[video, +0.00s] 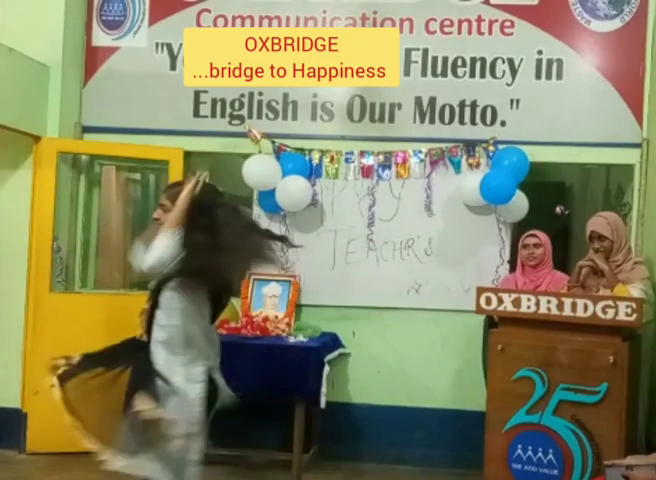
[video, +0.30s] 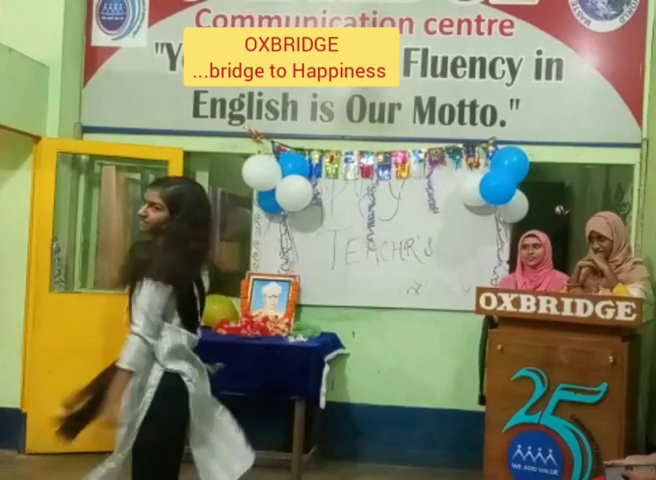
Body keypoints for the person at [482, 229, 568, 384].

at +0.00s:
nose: (530, 252)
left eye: (536, 246)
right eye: (525, 247)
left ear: (547, 250)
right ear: (519, 252)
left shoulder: (561, 281)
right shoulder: (508, 281)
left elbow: (566, 317)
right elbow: (496, 315)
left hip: (549, 347)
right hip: (512, 346)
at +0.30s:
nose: (530, 252)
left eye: (536, 247)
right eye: (525, 247)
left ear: (546, 251)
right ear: (519, 252)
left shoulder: (561, 281)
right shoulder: (508, 282)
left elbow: (565, 318)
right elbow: (496, 318)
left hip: (549, 349)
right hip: (513, 348)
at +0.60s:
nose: (532, 252)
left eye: (537, 246)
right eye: (527, 247)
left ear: (547, 250)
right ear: (520, 252)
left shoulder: (562, 281)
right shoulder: (509, 281)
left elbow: (565, 316)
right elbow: (499, 317)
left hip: (550, 346)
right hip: (515, 345)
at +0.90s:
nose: (534, 251)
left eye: (540, 246)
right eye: (529, 246)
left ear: (550, 250)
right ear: (522, 251)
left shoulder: (565, 281)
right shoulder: (510, 281)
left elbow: (569, 318)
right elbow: (500, 317)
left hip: (553, 350)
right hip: (516, 348)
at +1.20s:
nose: (535, 249)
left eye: (541, 244)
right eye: (530, 245)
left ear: (551, 249)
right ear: (524, 249)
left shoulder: (566, 279)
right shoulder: (512, 279)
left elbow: (568, 315)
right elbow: (501, 315)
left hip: (553, 346)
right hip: (517, 346)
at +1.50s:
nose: (537, 247)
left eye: (542, 243)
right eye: (531, 243)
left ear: (552, 247)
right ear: (525, 248)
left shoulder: (567, 277)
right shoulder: (513, 277)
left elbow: (570, 313)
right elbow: (503, 312)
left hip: (554, 344)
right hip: (518, 344)